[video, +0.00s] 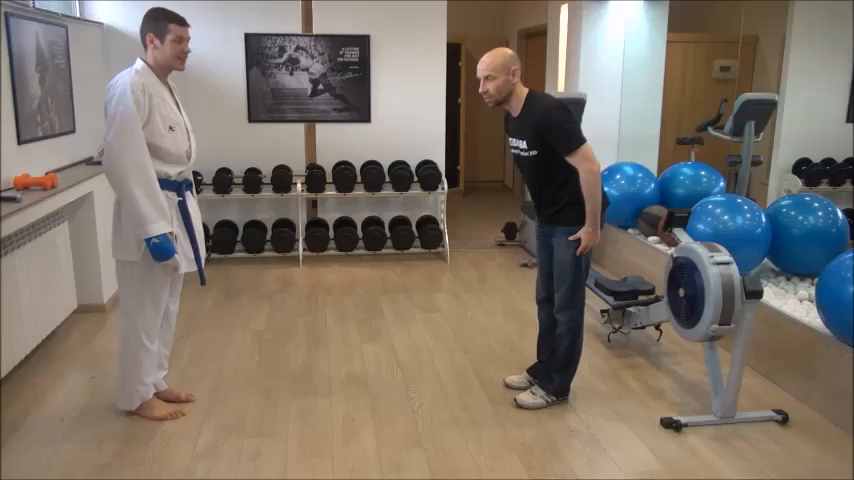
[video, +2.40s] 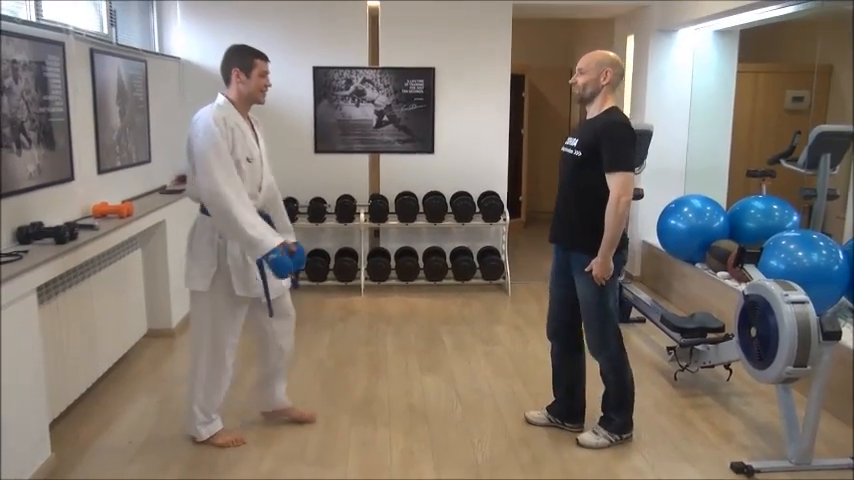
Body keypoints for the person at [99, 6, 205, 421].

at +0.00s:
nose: (186, 51)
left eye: (187, 43)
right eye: (179, 43)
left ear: (163, 44)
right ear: (152, 41)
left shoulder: (163, 87)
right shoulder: (129, 85)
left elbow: (170, 161)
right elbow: (126, 161)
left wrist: (184, 220)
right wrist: (153, 228)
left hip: (175, 208)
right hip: (148, 209)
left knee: (166, 305)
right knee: (144, 308)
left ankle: (155, 383)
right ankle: (135, 397)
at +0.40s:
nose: (233, 43)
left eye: (233, 35)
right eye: (227, 35)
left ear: (206, 36)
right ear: (201, 35)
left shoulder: (198, 77)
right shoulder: (170, 75)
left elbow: (187, 150)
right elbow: (155, 149)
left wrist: (198, 210)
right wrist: (170, 219)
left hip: (189, 194)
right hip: (166, 196)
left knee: (181, 286)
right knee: (161, 291)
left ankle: (175, 366)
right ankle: (156, 381)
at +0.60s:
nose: (266, 62)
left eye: (267, 55)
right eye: (262, 54)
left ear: (238, 53)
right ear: (236, 51)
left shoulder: (220, 88)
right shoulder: (197, 83)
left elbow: (194, 152)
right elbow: (163, 150)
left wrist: (194, 210)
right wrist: (165, 219)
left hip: (186, 192)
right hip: (161, 194)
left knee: (181, 281)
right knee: (161, 287)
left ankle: (181, 361)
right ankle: (161, 375)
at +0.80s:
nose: (293, 103)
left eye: (295, 96)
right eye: (290, 95)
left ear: (265, 91)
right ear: (266, 91)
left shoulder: (240, 116)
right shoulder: (219, 108)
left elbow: (205, 167)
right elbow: (162, 159)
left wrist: (201, 208)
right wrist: (160, 229)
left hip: (180, 198)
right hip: (151, 200)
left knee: (181, 283)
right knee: (160, 288)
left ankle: (185, 360)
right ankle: (170, 374)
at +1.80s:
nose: (290, 51)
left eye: (290, 43)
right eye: (284, 43)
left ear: (262, 47)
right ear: (259, 46)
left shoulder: (248, 87)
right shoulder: (223, 81)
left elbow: (232, 153)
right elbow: (187, 148)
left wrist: (232, 206)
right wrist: (193, 214)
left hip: (216, 192)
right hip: (189, 194)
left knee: (210, 281)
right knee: (190, 285)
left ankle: (209, 358)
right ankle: (193, 370)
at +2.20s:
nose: (263, 69)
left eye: (262, 61)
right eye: (256, 62)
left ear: (236, 69)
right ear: (231, 68)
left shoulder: (241, 114)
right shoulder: (207, 113)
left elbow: (251, 184)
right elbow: (203, 186)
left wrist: (266, 233)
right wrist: (228, 252)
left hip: (247, 226)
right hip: (216, 228)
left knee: (251, 312)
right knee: (212, 321)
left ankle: (221, 396)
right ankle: (198, 414)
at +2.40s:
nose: (268, 83)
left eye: (268, 76)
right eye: (263, 75)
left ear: (245, 77)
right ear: (237, 76)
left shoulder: (251, 123)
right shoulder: (210, 121)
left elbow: (267, 189)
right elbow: (222, 195)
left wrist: (287, 237)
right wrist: (268, 244)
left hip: (255, 235)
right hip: (220, 239)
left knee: (279, 315)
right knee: (216, 335)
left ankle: (274, 403)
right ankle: (204, 425)